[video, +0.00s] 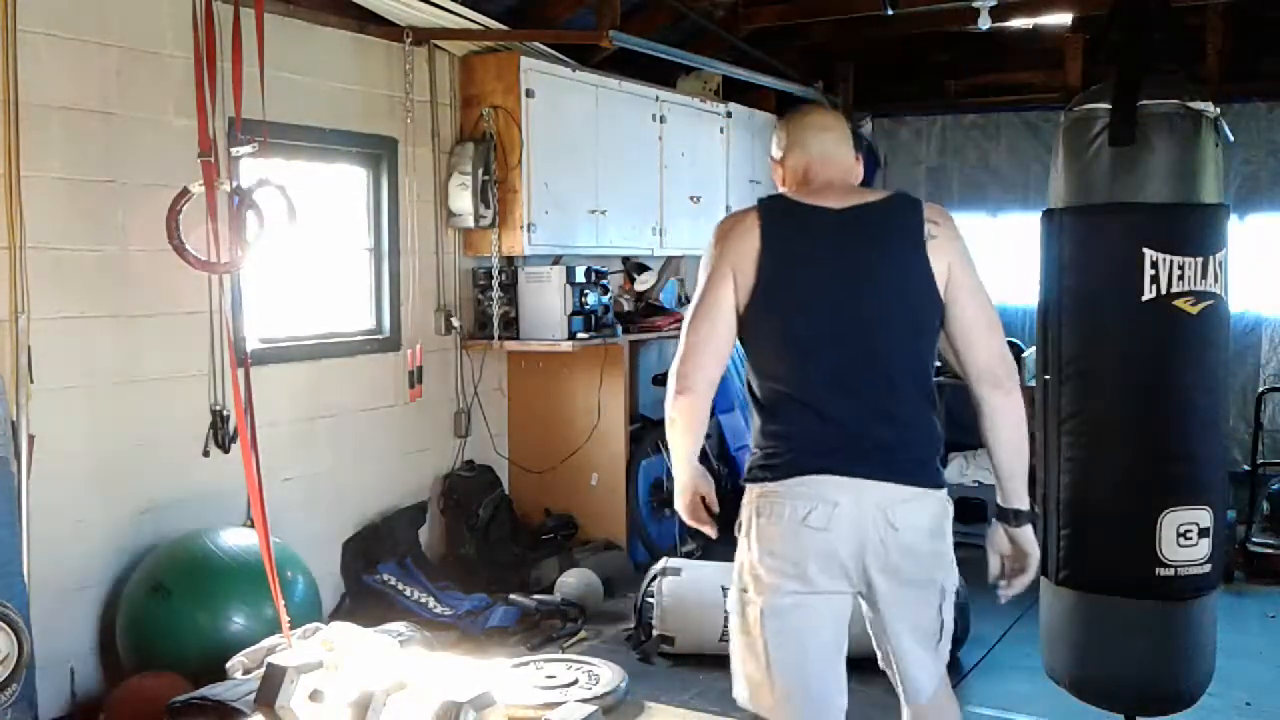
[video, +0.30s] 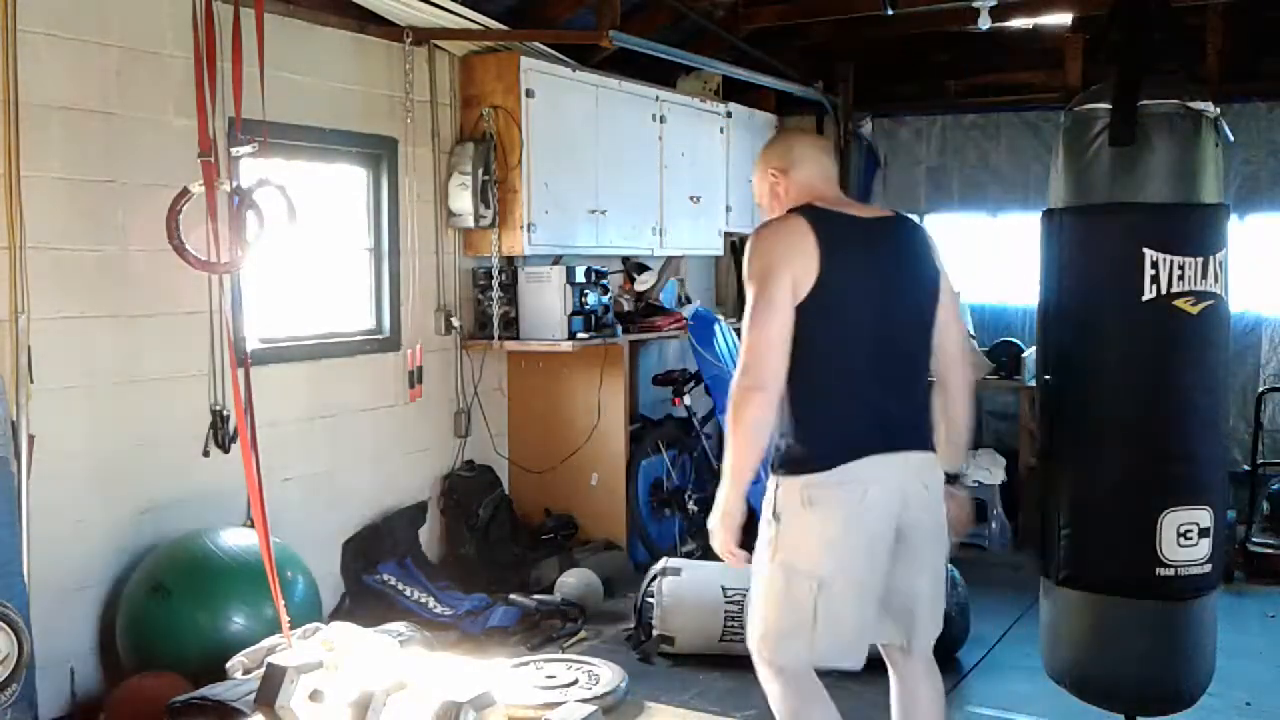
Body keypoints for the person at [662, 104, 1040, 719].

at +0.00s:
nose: (774, 176)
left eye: (772, 168)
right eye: (775, 169)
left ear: (781, 169)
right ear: (862, 162)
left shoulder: (745, 232)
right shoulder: (930, 227)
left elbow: (689, 383)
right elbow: (995, 379)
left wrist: (685, 465)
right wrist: (1015, 510)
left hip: (792, 498)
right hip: (913, 502)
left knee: (796, 706)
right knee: (929, 695)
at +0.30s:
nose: (761, 210)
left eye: (758, 196)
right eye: (758, 198)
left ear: (776, 184)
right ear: (833, 178)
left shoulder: (781, 237)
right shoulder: (912, 236)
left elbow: (759, 383)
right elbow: (955, 367)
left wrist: (731, 496)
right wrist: (950, 475)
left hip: (826, 487)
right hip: (917, 477)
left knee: (780, 655)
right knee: (910, 650)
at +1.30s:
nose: (530, 390)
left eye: (532, 375)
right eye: (520, 381)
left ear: (570, 342)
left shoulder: (661, 343)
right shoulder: (544, 363)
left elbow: (699, 474)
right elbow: (542, 475)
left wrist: (662, 580)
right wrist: (535, 581)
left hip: (729, 467)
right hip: (641, 468)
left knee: (710, 613)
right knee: (575, 592)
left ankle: (719, 716)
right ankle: (583, 715)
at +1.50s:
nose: (529, 455)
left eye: (530, 443)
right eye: (519, 448)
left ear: (555, 407)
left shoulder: (639, 402)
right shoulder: (522, 414)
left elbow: (668, 533)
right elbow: (533, 515)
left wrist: (641, 644)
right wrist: (535, 619)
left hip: (710, 469)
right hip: (624, 471)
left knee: (710, 611)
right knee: (566, 591)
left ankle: (717, 716)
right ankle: (582, 710)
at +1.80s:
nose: (532, 471)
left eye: (532, 458)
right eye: (521, 465)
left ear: (554, 421)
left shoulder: (633, 409)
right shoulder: (522, 412)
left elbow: (670, 528)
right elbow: (541, 512)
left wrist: (643, 633)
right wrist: (539, 610)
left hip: (705, 469)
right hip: (618, 474)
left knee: (708, 611)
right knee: (565, 594)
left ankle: (715, 716)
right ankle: (579, 709)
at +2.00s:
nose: (530, 480)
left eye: (530, 469)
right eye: (519, 476)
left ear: (553, 431)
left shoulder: (634, 423)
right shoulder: (521, 412)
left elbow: (678, 528)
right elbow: (543, 511)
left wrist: (653, 630)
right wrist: (544, 610)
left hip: (705, 470)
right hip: (617, 475)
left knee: (706, 614)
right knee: (565, 592)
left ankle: (715, 715)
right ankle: (584, 710)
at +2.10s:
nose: (528, 490)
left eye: (528, 479)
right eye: (516, 485)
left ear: (553, 440)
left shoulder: (634, 430)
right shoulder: (519, 413)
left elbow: (685, 527)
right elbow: (547, 509)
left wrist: (658, 629)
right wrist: (548, 607)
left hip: (706, 471)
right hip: (618, 476)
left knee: (705, 616)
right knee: (565, 593)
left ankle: (715, 716)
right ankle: (570, 709)